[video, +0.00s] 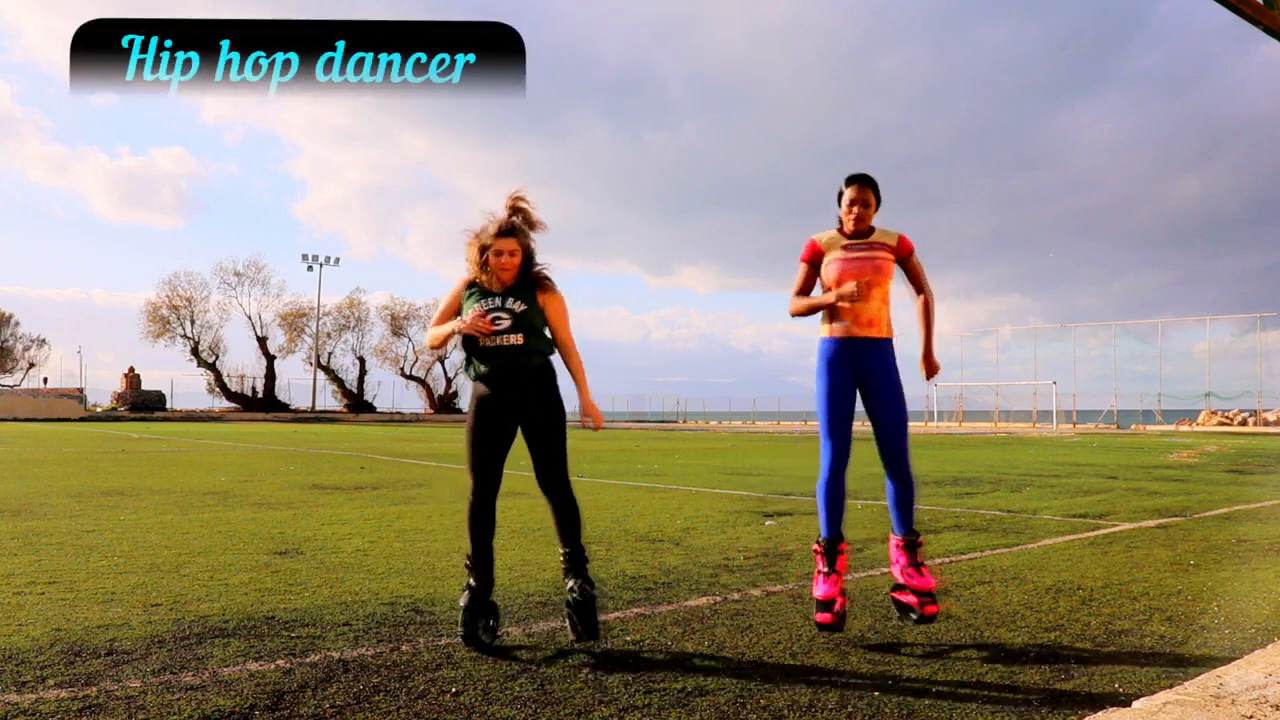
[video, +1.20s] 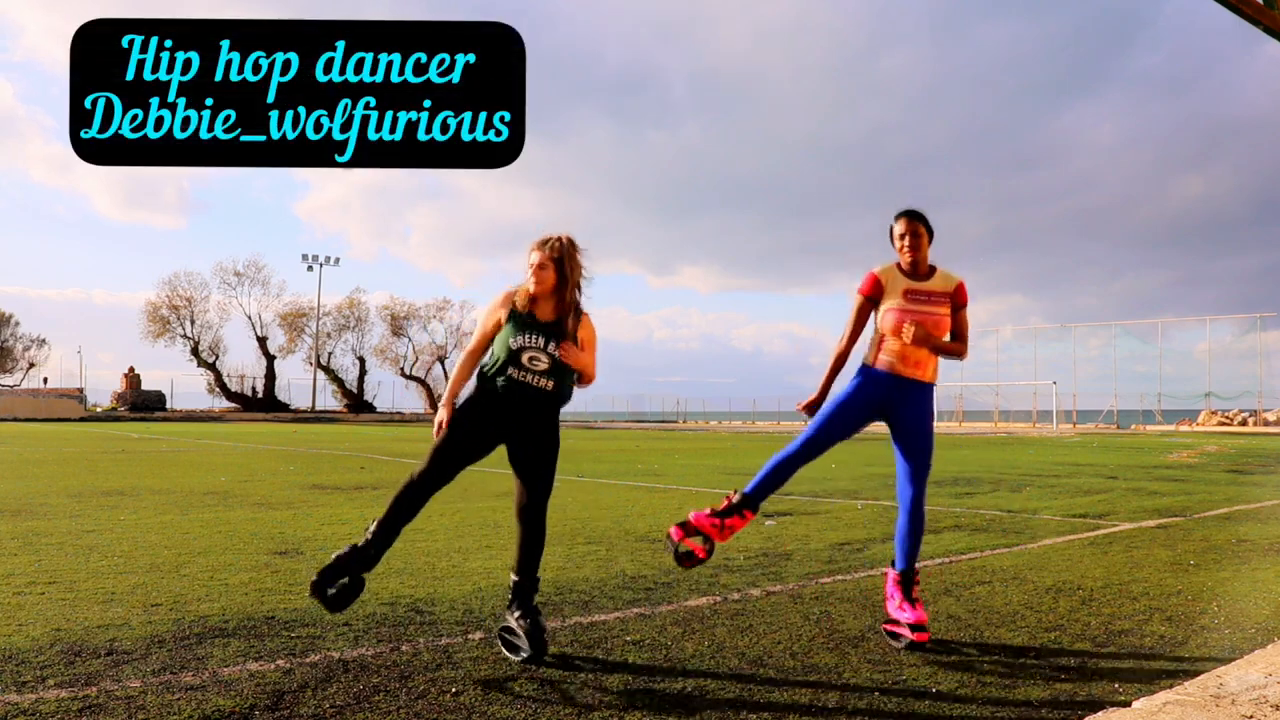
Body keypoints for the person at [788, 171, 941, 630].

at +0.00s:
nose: (857, 210)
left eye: (865, 204)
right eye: (851, 203)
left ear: (876, 210)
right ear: (839, 206)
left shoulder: (895, 245)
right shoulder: (820, 247)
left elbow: (923, 293)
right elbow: (796, 305)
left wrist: (927, 350)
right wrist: (829, 297)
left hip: (880, 354)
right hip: (835, 355)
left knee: (897, 458)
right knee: (833, 459)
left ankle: (906, 554)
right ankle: (829, 560)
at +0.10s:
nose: (852, 222)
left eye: (860, 216)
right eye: (846, 214)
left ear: (870, 220)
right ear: (833, 216)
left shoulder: (888, 260)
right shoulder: (814, 260)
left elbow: (904, 319)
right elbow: (798, 322)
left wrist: (921, 369)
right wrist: (823, 292)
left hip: (880, 365)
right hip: (835, 368)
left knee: (913, 463)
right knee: (841, 471)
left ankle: (946, 552)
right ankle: (848, 574)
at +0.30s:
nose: (839, 250)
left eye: (846, 244)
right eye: (833, 242)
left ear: (855, 249)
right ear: (819, 245)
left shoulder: (872, 284)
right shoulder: (800, 291)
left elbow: (886, 339)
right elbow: (793, 353)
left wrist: (895, 387)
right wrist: (816, 294)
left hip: (882, 388)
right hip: (838, 398)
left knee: (946, 467)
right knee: (849, 496)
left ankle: (1010, 538)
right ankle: (864, 588)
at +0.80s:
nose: (855, 234)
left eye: (862, 227)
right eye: (848, 227)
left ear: (872, 231)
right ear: (836, 231)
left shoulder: (893, 271)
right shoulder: (820, 269)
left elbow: (918, 327)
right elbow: (778, 319)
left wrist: (913, 341)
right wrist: (818, 312)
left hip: (893, 375)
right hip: (847, 380)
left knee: (931, 472)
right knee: (850, 485)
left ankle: (958, 557)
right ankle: (848, 584)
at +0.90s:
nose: (867, 218)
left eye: (873, 210)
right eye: (859, 211)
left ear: (887, 211)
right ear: (850, 215)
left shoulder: (910, 252)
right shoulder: (835, 251)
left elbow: (926, 314)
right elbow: (795, 301)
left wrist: (903, 302)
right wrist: (817, 337)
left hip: (898, 361)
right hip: (853, 362)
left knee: (919, 465)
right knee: (844, 465)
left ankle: (926, 560)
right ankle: (833, 567)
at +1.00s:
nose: (886, 221)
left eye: (893, 213)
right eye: (878, 215)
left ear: (907, 213)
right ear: (869, 217)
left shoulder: (929, 255)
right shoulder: (856, 253)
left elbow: (941, 318)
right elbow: (825, 312)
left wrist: (903, 300)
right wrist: (798, 366)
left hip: (906, 365)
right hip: (860, 360)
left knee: (908, 470)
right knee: (825, 453)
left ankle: (904, 568)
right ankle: (787, 545)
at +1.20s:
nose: (908, 243)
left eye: (914, 236)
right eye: (901, 238)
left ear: (930, 241)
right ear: (893, 244)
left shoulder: (953, 287)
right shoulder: (881, 281)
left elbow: (961, 349)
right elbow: (849, 339)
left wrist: (928, 341)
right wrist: (822, 391)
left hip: (917, 396)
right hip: (871, 384)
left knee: (914, 496)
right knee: (806, 445)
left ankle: (902, 590)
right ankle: (737, 510)